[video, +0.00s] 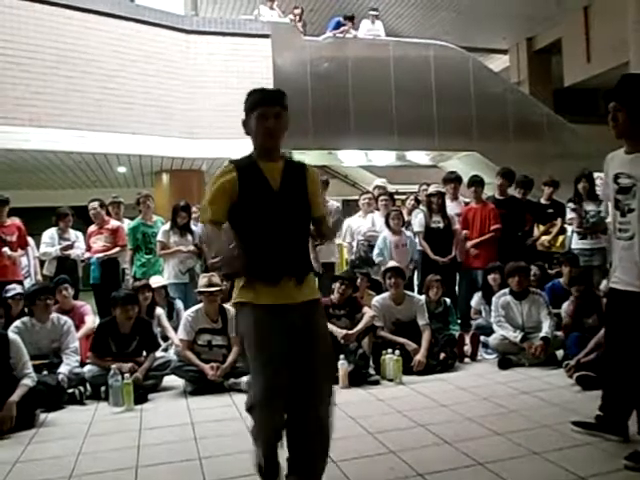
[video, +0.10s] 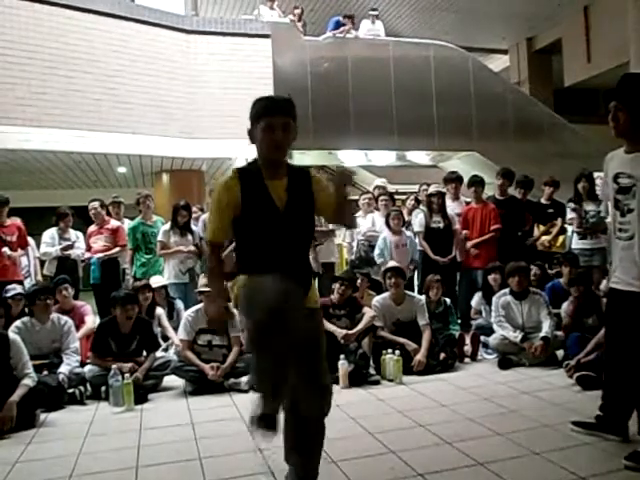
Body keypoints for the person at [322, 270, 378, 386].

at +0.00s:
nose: (343, 288)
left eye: (347, 286)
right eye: (341, 284)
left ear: (351, 291)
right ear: (334, 285)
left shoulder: (353, 302)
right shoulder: (324, 303)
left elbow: (371, 314)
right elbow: (321, 322)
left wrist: (354, 333)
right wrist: (337, 331)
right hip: (331, 345)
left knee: (369, 325)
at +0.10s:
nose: (343, 289)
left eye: (347, 287)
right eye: (341, 284)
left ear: (351, 291)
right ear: (334, 285)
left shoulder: (353, 302)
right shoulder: (323, 303)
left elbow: (371, 314)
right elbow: (319, 320)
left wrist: (354, 332)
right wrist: (337, 331)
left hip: (352, 346)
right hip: (331, 345)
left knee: (369, 326)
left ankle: (365, 368)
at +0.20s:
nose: (342, 291)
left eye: (347, 288)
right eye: (340, 286)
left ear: (351, 292)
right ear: (334, 285)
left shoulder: (352, 301)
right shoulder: (325, 303)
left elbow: (371, 314)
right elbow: (322, 322)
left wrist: (354, 332)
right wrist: (337, 331)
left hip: (352, 345)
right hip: (332, 344)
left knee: (369, 325)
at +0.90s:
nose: (341, 291)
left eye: (346, 289)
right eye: (339, 286)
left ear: (351, 291)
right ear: (334, 285)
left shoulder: (352, 302)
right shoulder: (327, 302)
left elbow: (370, 314)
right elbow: (322, 324)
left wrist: (354, 332)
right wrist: (338, 332)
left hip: (352, 344)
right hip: (333, 344)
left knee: (369, 325)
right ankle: (363, 369)